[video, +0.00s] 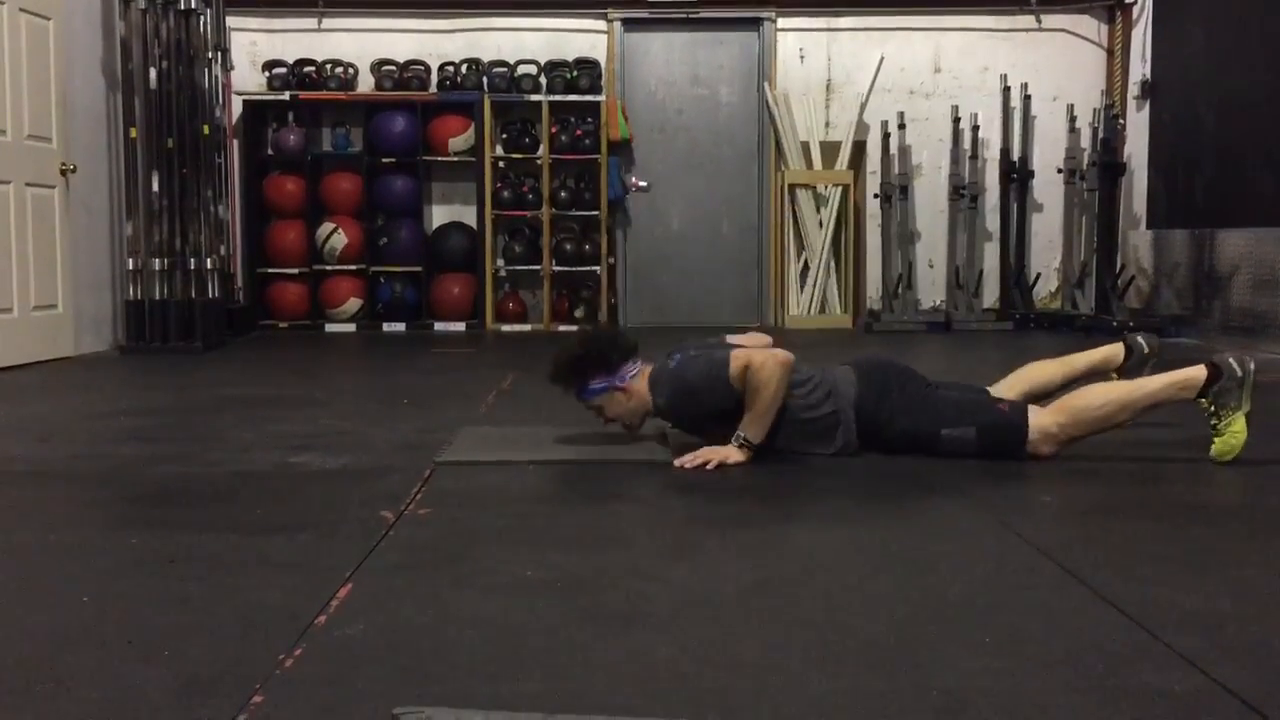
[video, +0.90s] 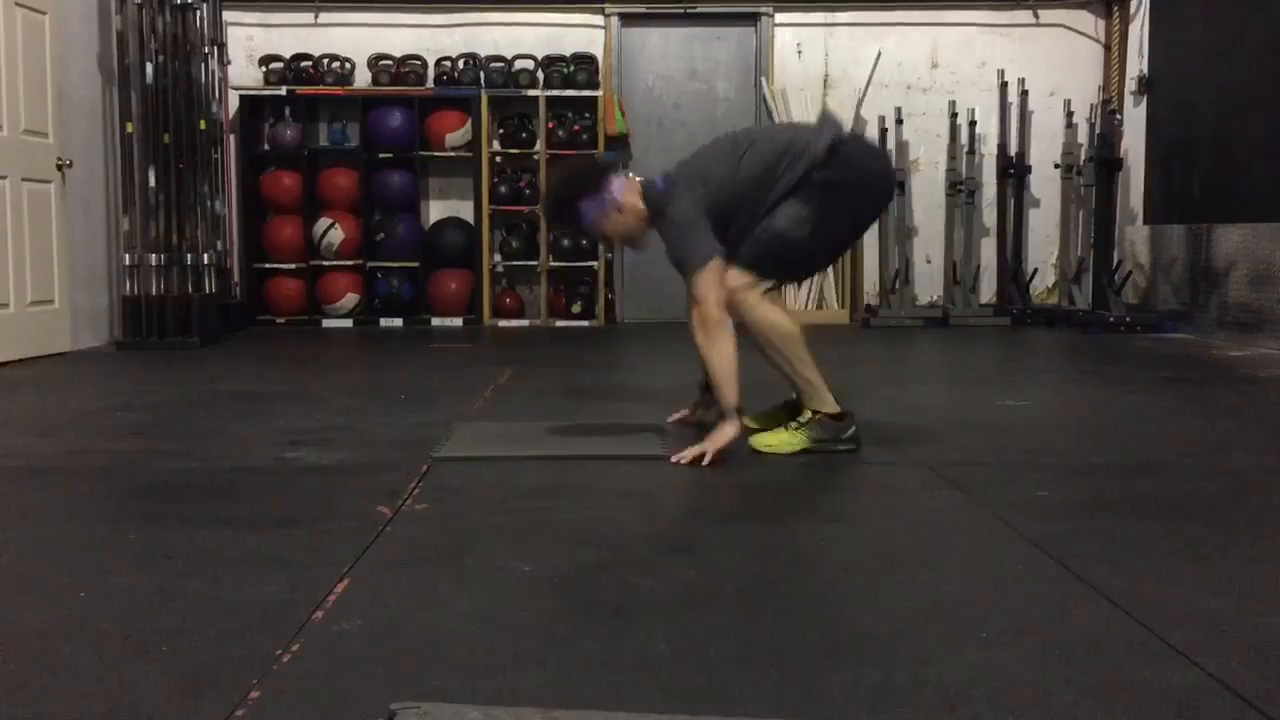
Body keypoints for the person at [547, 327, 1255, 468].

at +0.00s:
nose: (603, 419)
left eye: (597, 407)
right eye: (595, 410)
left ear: (616, 384)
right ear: (620, 373)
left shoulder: (672, 379)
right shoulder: (672, 376)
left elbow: (772, 361)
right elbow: (755, 359)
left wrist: (743, 443)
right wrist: (719, 432)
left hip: (875, 406)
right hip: (869, 386)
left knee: (1042, 431)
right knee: (1002, 404)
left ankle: (1199, 378)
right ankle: (1116, 347)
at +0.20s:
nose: (611, 333)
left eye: (611, 321)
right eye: (606, 323)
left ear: (636, 303)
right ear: (636, 301)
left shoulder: (690, 325)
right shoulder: (683, 328)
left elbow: (772, 360)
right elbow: (754, 367)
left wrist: (743, 441)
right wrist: (728, 429)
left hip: (874, 398)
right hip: (866, 392)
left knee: (1042, 432)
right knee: (1004, 404)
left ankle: (1202, 377)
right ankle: (1123, 352)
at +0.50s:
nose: (623, 272)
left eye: (615, 259)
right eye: (613, 264)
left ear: (632, 229)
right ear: (632, 232)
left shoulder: (710, 235)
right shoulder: (694, 246)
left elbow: (736, 338)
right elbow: (729, 338)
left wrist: (738, 439)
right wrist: (726, 417)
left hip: (883, 294)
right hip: (875, 303)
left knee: (1020, 357)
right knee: (1006, 349)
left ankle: (1197, 376)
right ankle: (1135, 360)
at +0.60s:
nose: (617, 287)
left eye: (609, 276)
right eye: (606, 283)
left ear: (622, 243)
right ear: (622, 249)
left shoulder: (683, 232)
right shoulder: (677, 240)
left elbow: (715, 338)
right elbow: (715, 336)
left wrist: (735, 435)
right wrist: (719, 411)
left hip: (870, 219)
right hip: (863, 253)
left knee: (987, 320)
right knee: (979, 324)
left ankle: (1148, 359)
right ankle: (1101, 357)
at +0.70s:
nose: (640, 289)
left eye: (629, 281)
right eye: (630, 286)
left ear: (636, 246)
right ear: (639, 241)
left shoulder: (697, 226)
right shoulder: (687, 226)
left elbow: (727, 333)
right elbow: (719, 322)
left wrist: (736, 437)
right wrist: (721, 407)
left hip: (861, 149)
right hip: (847, 162)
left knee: (874, 300)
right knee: (868, 301)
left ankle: (1024, 357)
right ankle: (1000, 350)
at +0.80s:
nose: (648, 277)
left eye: (638, 269)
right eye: (636, 275)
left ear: (646, 233)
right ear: (647, 223)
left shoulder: (706, 219)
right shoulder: (694, 214)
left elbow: (730, 332)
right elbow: (722, 322)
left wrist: (736, 435)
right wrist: (718, 410)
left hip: (859, 135)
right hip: (845, 134)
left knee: (780, 268)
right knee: (776, 265)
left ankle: (873, 383)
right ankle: (873, 375)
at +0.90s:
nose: (612, 242)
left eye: (603, 230)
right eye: (601, 235)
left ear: (616, 197)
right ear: (620, 190)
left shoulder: (681, 205)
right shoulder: (673, 199)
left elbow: (712, 312)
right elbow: (710, 305)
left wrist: (730, 417)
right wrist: (713, 400)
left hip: (851, 174)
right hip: (839, 172)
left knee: (743, 290)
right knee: (730, 284)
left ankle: (829, 418)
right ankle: (809, 402)